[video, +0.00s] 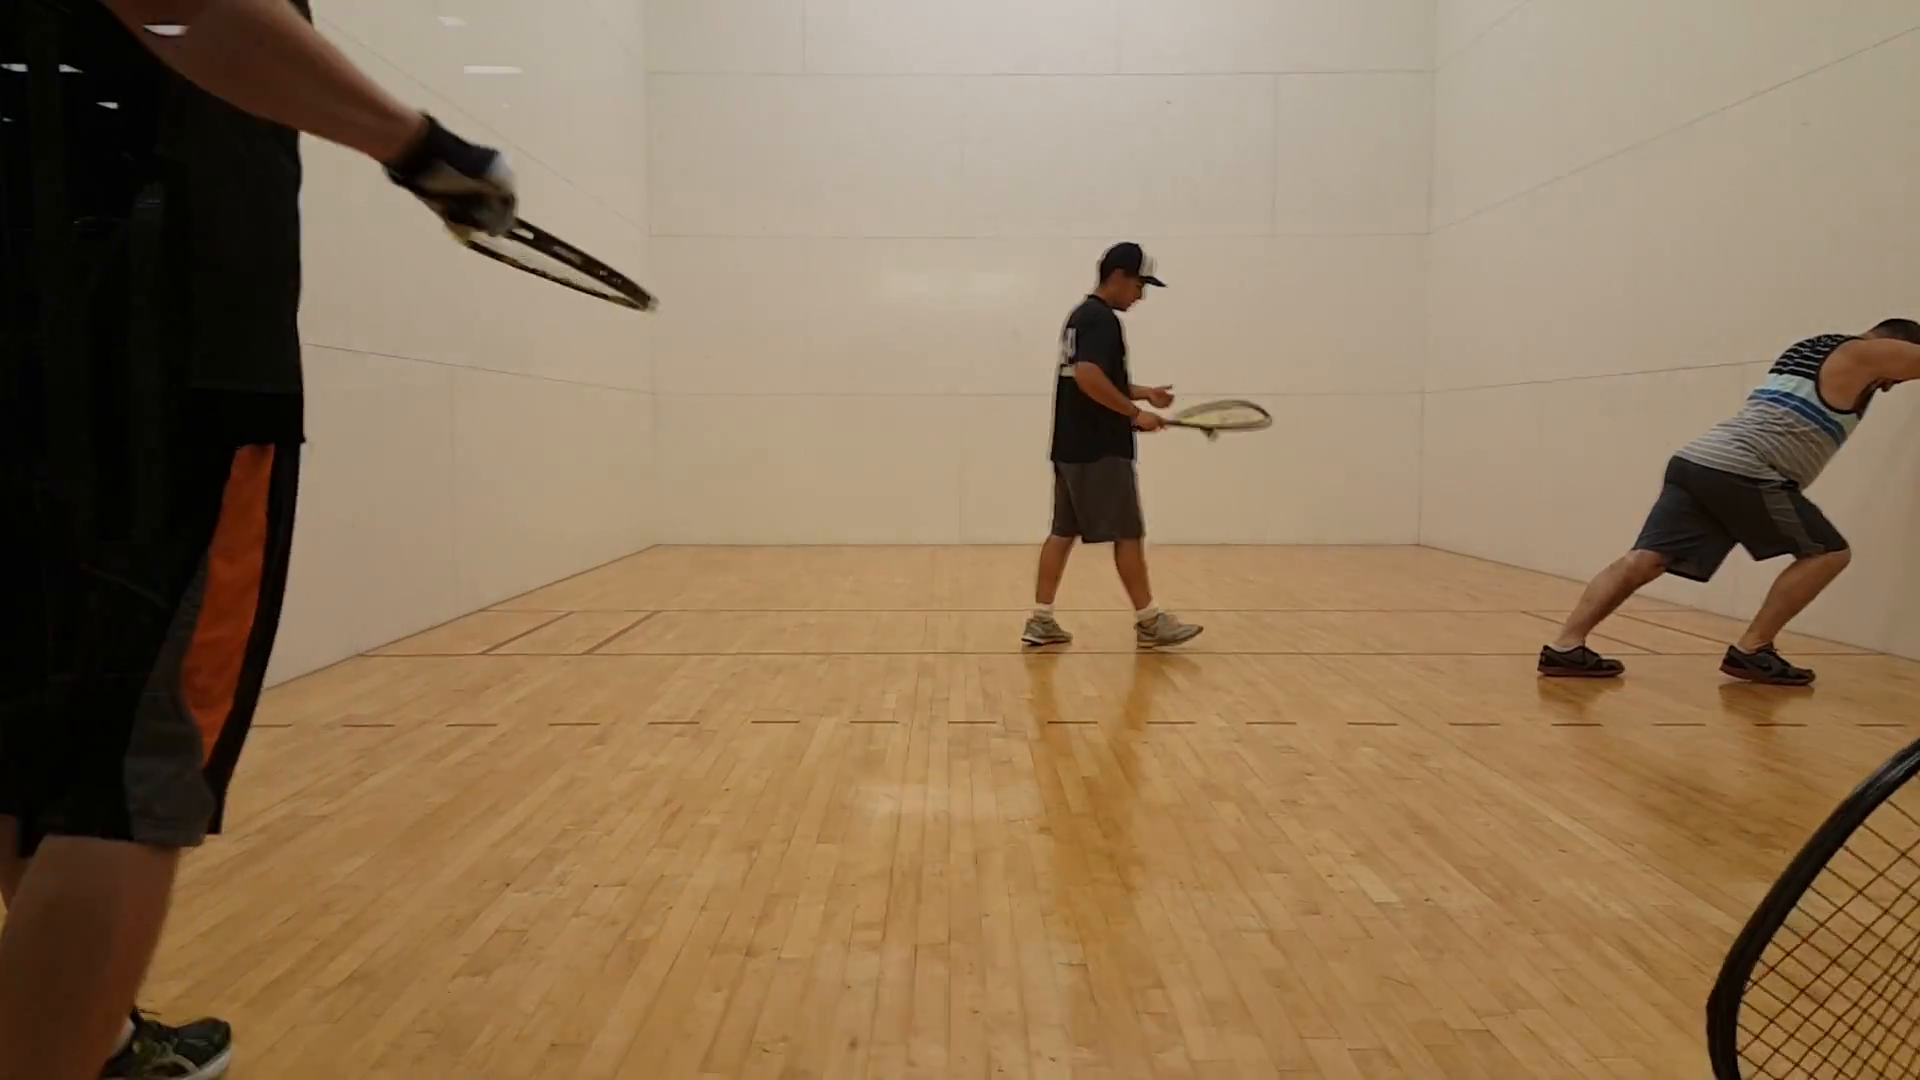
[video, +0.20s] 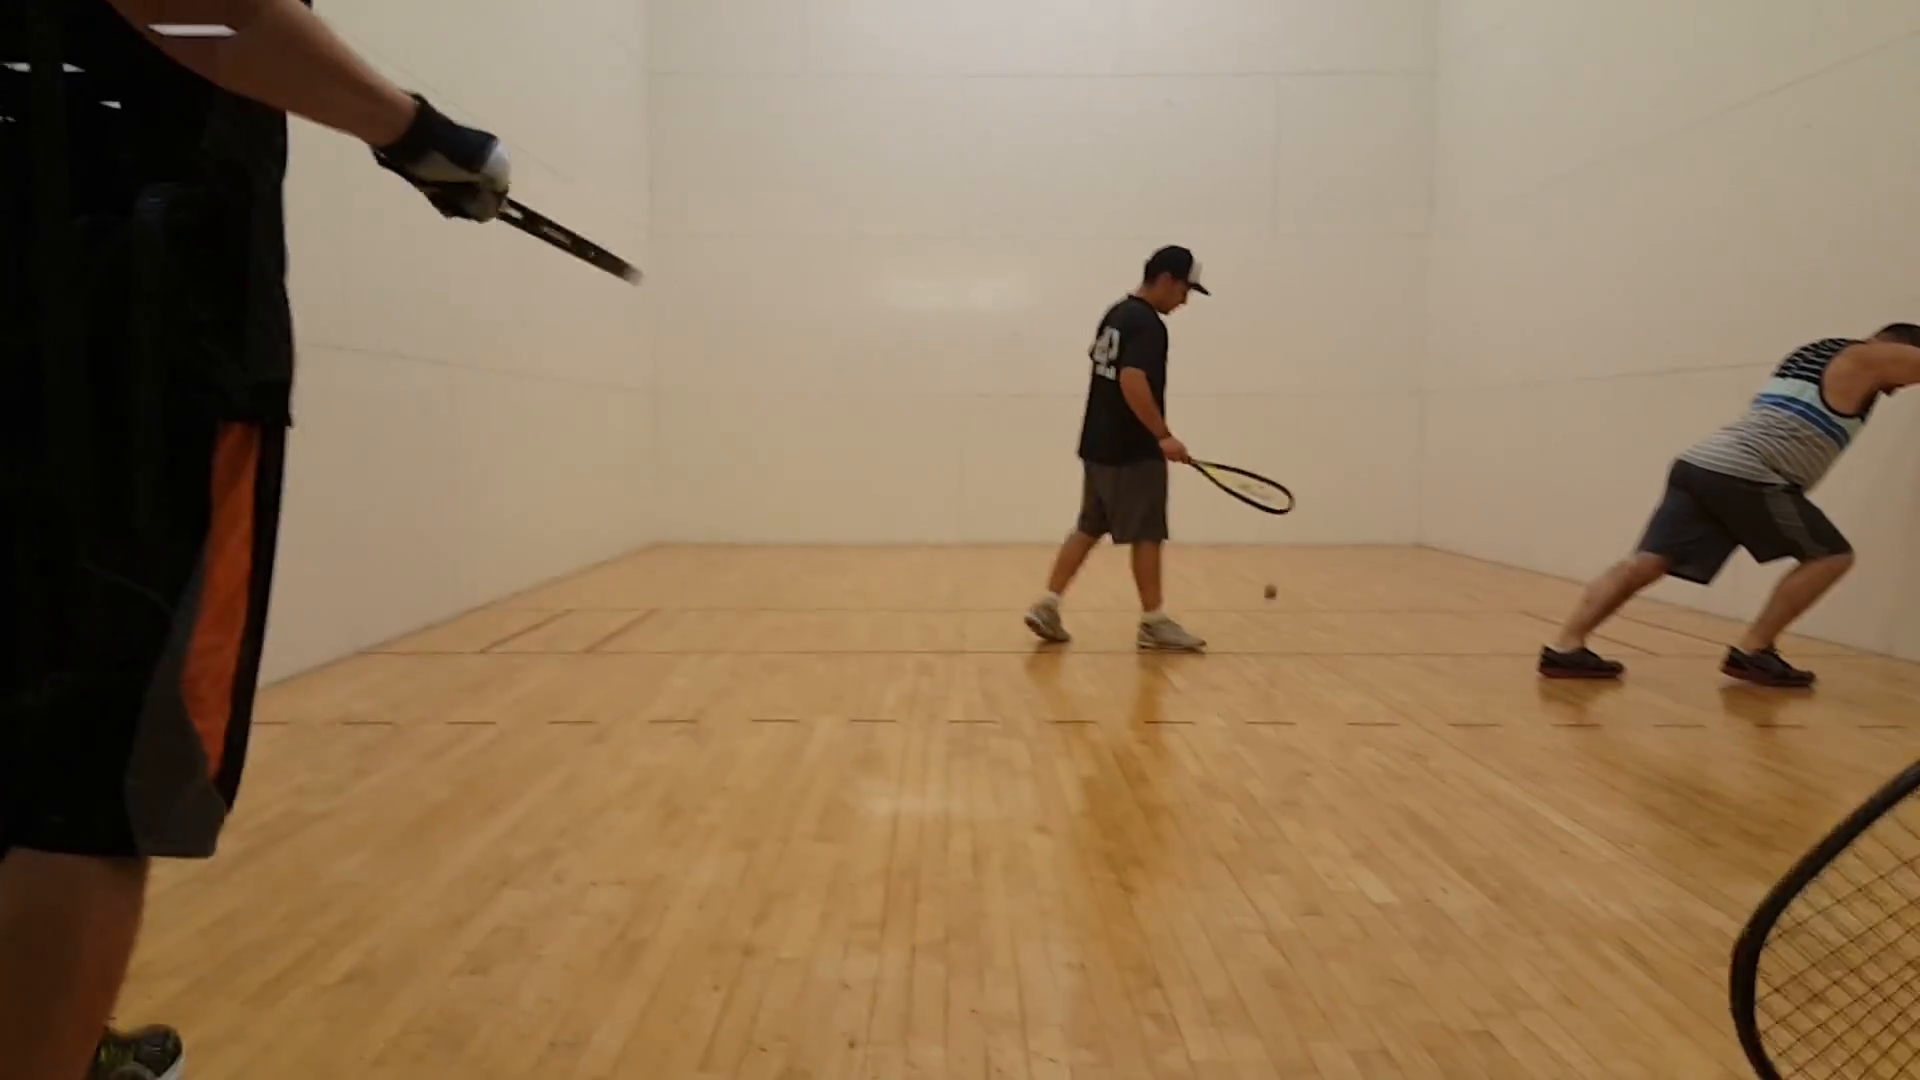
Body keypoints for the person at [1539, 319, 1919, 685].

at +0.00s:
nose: (1897, 382)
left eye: (1902, 374)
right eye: (1903, 370)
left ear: (1879, 338)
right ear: (1892, 346)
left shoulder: (1808, 349)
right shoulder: (1863, 354)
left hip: (1695, 463)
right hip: (1747, 474)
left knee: (1641, 561)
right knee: (1828, 553)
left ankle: (1564, 646)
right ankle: (1752, 649)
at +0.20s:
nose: (1903, 385)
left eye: (1907, 376)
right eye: (1906, 373)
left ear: (1881, 343)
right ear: (1893, 349)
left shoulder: (1813, 352)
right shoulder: (1865, 359)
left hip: (1699, 467)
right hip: (1750, 477)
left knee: (1645, 563)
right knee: (1831, 556)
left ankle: (1565, 646)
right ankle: (1753, 650)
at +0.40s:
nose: (1902, 385)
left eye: (1907, 375)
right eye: (1907, 372)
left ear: (1882, 341)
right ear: (1895, 349)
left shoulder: (1813, 351)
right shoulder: (1868, 356)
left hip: (1698, 466)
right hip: (1750, 475)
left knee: (1643, 563)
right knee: (1832, 554)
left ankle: (1564, 645)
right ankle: (1753, 647)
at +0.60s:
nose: (1903, 390)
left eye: (1907, 381)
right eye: (1907, 377)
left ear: (1884, 346)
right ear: (1896, 353)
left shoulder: (1814, 357)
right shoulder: (1871, 360)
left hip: (1701, 468)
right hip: (1751, 478)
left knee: (1648, 564)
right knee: (1836, 557)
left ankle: (1565, 646)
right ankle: (1753, 648)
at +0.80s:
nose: (1904, 378)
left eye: (1907, 368)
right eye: (1907, 365)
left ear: (1878, 337)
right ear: (1895, 346)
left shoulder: (1811, 355)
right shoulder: (1868, 357)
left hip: (1700, 469)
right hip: (1754, 478)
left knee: (1647, 565)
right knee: (1835, 559)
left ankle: (1564, 646)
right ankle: (1753, 651)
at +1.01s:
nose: (1892, 308)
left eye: (1893, 301)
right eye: (1893, 301)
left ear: (1842, 281)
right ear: (1886, 298)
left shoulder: (1797, 311)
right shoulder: (1860, 325)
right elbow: (1918, 342)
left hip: (1685, 434)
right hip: (1745, 445)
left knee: (1642, 536)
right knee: (1798, 545)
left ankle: (1573, 633)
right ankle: (1747, 653)